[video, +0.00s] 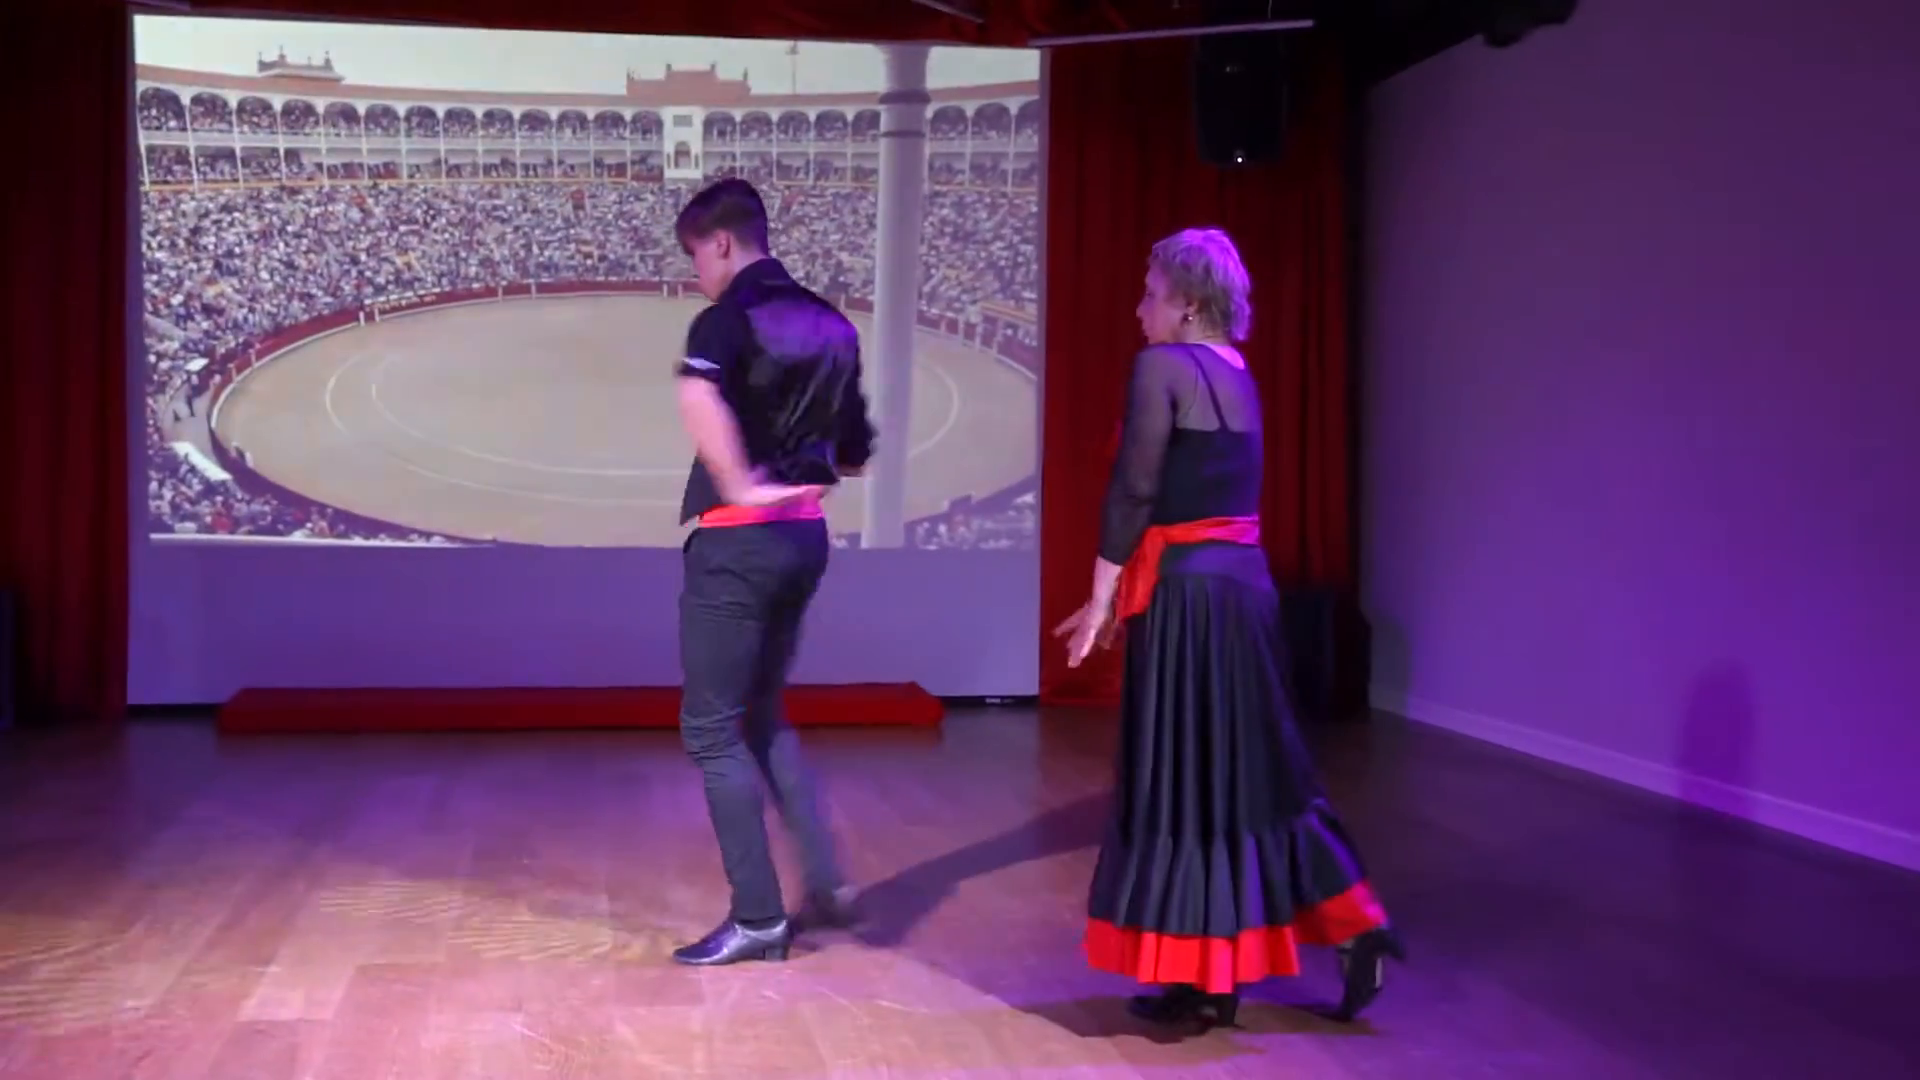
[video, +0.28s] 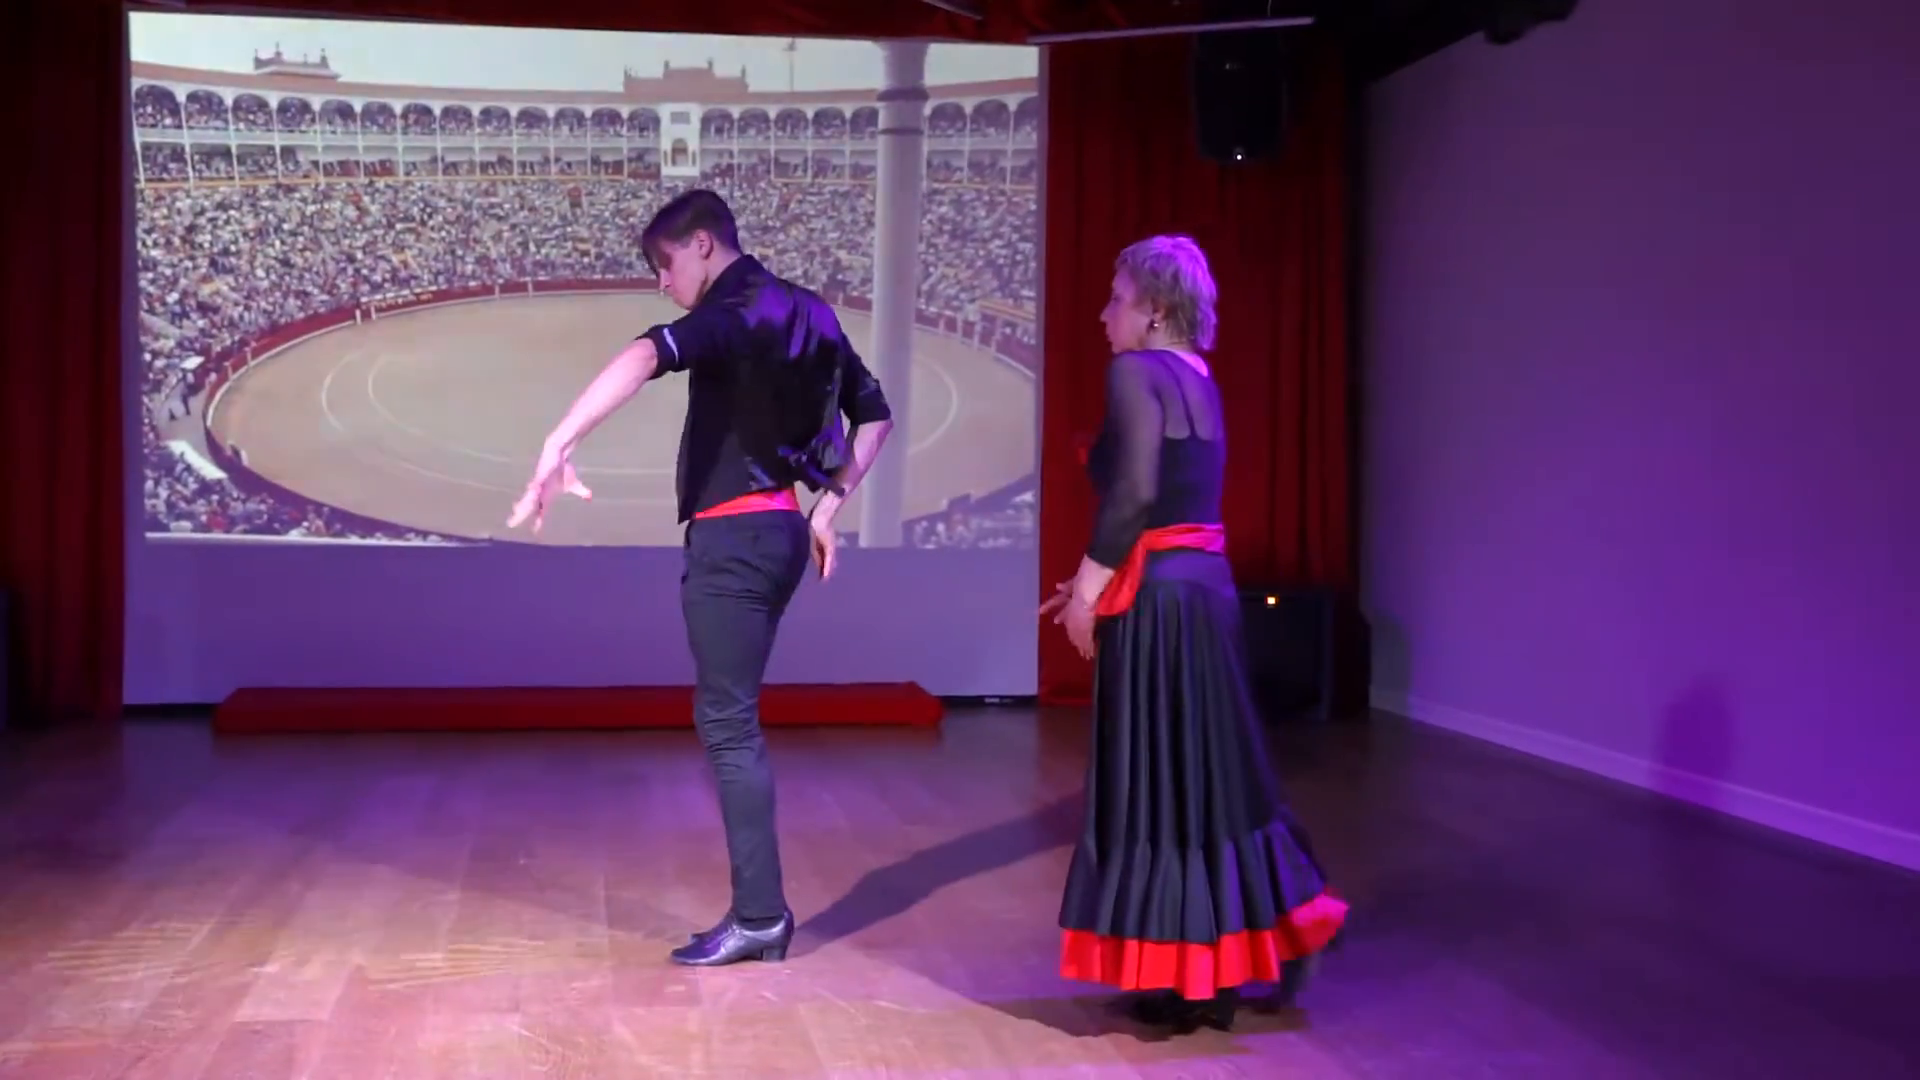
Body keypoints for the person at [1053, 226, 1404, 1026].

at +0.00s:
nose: (1141, 304)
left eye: (1151, 292)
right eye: (1145, 290)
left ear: (1185, 301)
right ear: (1212, 303)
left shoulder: (1160, 367)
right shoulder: (1234, 373)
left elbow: (1135, 486)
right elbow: (1209, 498)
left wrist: (1105, 585)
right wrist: (1114, 601)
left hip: (1187, 590)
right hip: (1245, 587)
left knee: (1181, 774)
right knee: (1267, 765)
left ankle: (1193, 973)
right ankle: (1356, 920)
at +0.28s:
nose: (1106, 311)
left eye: (1116, 298)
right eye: (1110, 296)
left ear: (1151, 307)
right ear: (1175, 309)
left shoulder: (1135, 373)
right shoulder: (1196, 379)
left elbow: (1133, 495)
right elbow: (1162, 502)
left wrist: (1090, 589)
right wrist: (1089, 582)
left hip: (1159, 591)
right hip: (1209, 589)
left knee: (1158, 776)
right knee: (1213, 768)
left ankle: (1180, 970)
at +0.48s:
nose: (1059, 313)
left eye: (1070, 300)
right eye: (1063, 298)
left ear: (1104, 309)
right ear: (1133, 311)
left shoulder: (1100, 379)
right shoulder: (1152, 379)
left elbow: (1121, 490)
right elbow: (1159, 497)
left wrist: (1079, 604)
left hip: (1128, 595)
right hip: (1172, 590)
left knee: (1118, 776)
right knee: (1177, 773)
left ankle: (1145, 967)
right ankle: (1200, 965)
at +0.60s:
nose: (1030, 318)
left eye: (1039, 304)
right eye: (1034, 303)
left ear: (1068, 311)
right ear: (1104, 315)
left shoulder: (1070, 382)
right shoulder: (1118, 385)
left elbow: (1100, 489)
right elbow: (1148, 493)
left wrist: (1073, 606)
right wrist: (1043, 468)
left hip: (1089, 602)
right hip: (1132, 598)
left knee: (1007, 766)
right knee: (1146, 776)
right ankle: (1189, 963)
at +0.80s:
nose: (960, 319)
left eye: (972, 304)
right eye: (965, 303)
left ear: (1008, 316)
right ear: (1029, 319)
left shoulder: (1017, 400)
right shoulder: (1044, 398)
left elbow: (1031, 516)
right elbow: (1079, 519)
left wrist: (985, 624)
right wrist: (985, 574)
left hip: (1003, 613)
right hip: (1043, 611)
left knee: (937, 778)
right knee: (1079, 782)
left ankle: (916, 959)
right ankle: (1150, 952)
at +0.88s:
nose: (928, 309)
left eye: (942, 296)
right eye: (936, 294)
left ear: (978, 311)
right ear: (991, 314)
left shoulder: (984, 396)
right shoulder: (1008, 395)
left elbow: (996, 512)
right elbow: (1046, 514)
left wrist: (927, 611)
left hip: (968, 609)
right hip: (990, 605)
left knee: (917, 779)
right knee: (1039, 779)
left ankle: (916, 961)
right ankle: (1129, 938)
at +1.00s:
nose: (893, 301)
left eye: (904, 289)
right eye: (898, 288)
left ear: (935, 303)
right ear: (952, 306)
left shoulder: (941, 390)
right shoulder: (963, 388)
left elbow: (947, 505)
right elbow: (997, 511)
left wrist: (839, 581)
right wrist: (885, 531)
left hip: (935, 600)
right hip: (948, 594)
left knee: (904, 771)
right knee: (971, 770)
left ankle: (914, 956)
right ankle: (1042, 945)